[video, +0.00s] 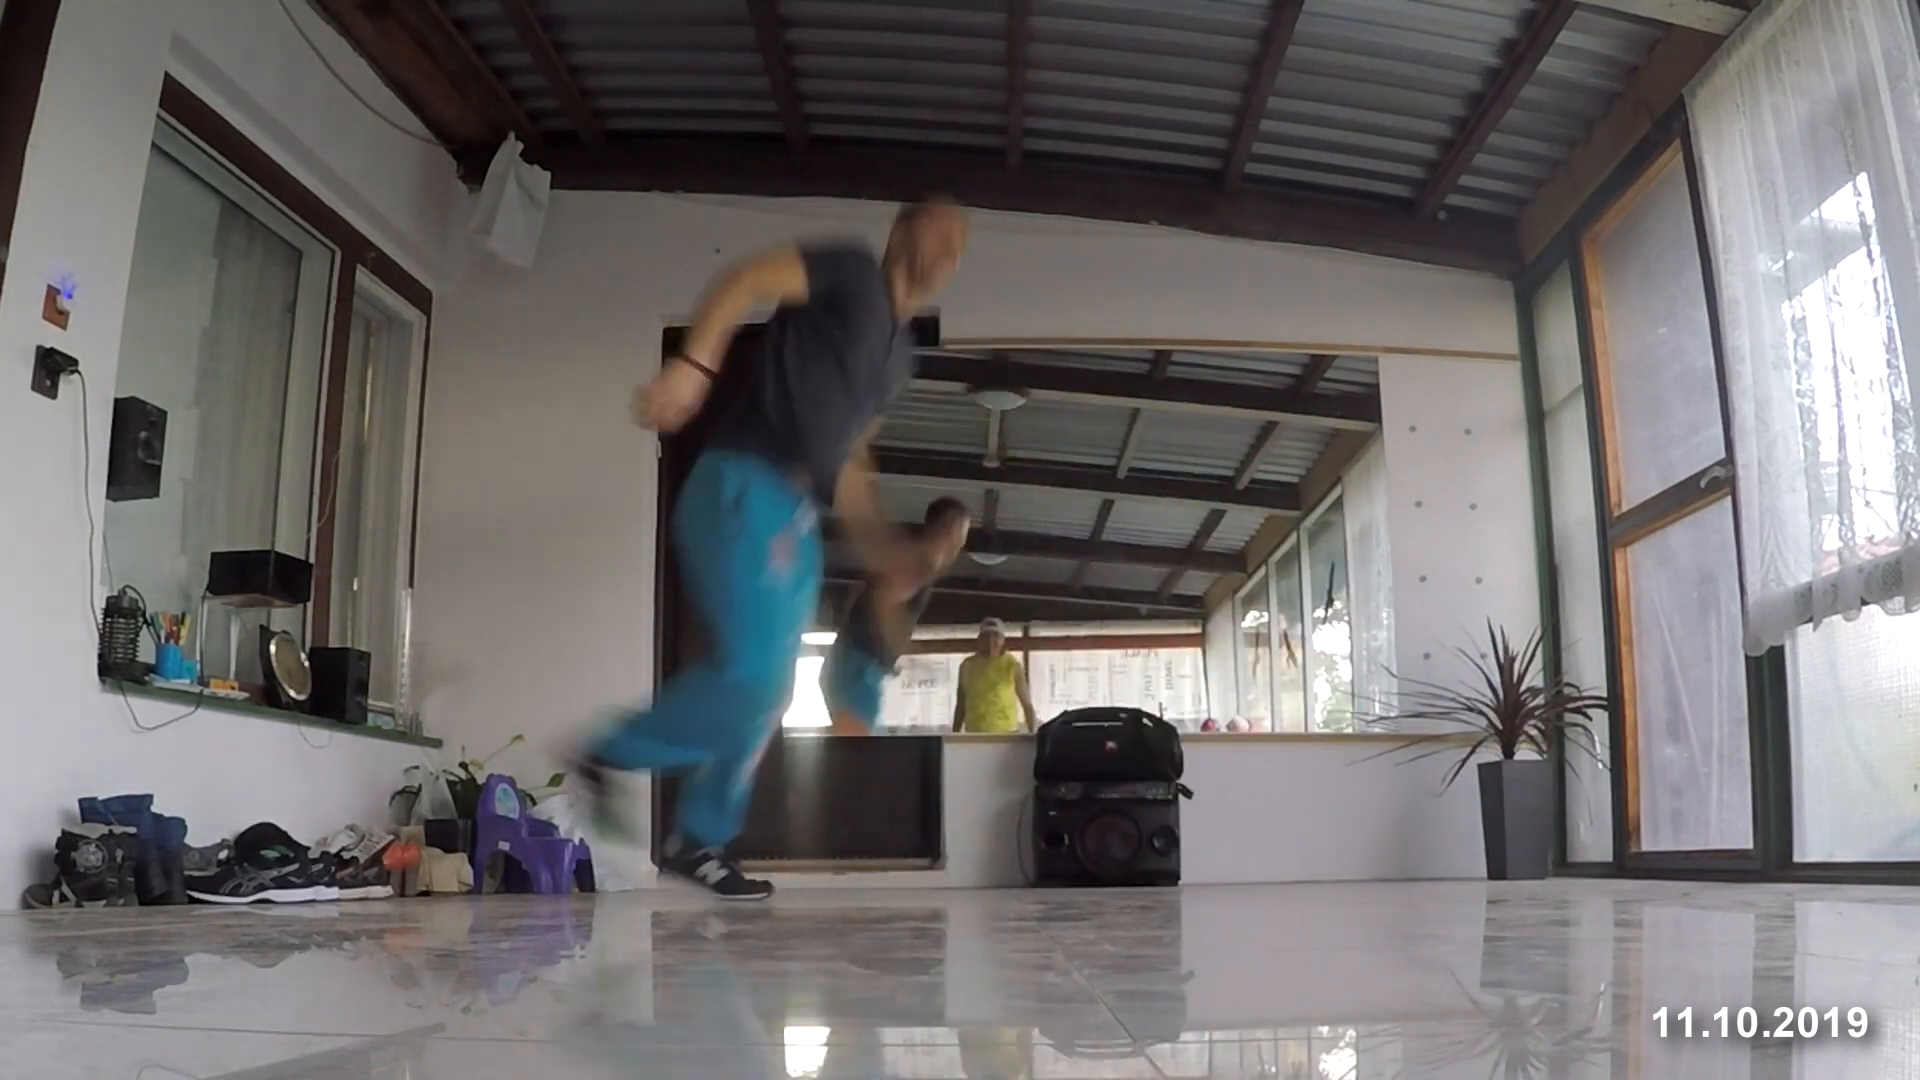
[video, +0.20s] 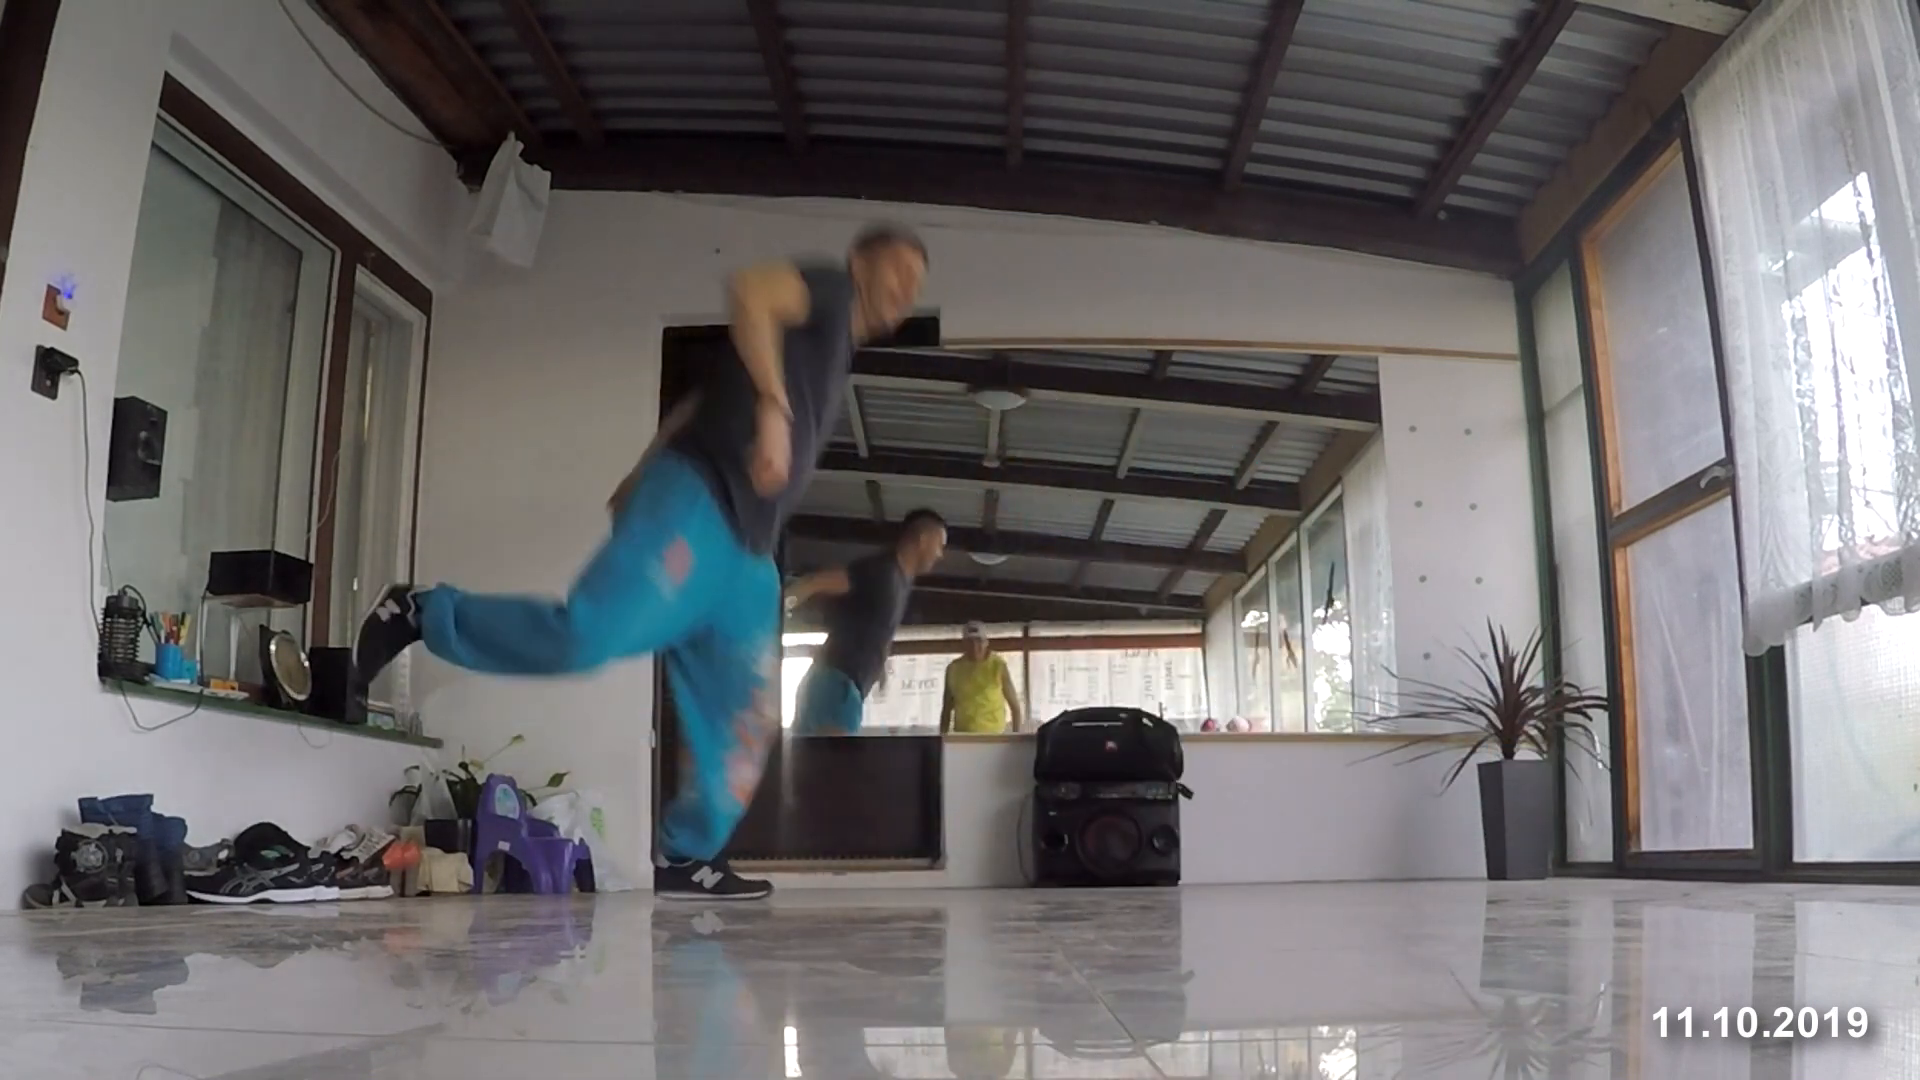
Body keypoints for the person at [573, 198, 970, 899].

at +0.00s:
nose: (949, 260)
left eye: (959, 251)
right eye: (942, 242)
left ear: (956, 262)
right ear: (903, 232)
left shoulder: (895, 353)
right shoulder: (852, 269)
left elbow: (850, 464)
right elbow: (743, 282)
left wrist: (883, 552)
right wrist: (695, 366)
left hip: (795, 511)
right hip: (740, 483)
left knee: (765, 683)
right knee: (751, 674)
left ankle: (698, 844)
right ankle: (606, 756)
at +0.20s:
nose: (907, 292)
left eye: (914, 285)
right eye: (901, 274)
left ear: (904, 296)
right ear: (866, 260)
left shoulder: (833, 342)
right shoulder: (829, 288)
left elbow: (716, 394)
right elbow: (752, 289)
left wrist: (641, 474)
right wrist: (773, 407)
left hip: (748, 550)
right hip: (695, 500)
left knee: (740, 714)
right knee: (582, 640)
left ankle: (688, 859)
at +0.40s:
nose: (879, 200)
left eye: (892, 194)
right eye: (872, 178)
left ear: (893, 205)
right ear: (832, 163)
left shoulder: (836, 295)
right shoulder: (773, 199)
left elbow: (778, 395)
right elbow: (667, 252)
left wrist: (767, 497)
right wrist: (666, 372)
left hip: (740, 482)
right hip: (669, 432)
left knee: (707, 657)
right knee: (597, 584)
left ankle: (619, 822)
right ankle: (482, 755)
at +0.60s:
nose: (807, 181)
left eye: (820, 171)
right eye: (791, 162)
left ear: (827, 187)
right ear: (748, 166)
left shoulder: (826, 305)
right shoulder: (683, 248)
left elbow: (877, 427)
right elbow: (574, 344)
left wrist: (944, 528)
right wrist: (529, 469)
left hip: (727, 518)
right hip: (646, 479)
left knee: (666, 674)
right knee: (679, 642)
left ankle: (521, 839)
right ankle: (651, 852)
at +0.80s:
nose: (843, 62)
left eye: (855, 49)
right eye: (828, 42)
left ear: (865, 63)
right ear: (783, 45)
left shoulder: (873, 175)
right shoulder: (711, 126)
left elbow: (921, 287)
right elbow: (618, 221)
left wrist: (945, 313)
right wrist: (579, 335)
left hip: (794, 417)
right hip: (695, 390)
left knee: (779, 609)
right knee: (661, 588)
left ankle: (685, 791)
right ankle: (617, 804)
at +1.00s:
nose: (888, 33)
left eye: (902, 23)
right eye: (871, 13)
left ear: (909, 43)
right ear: (825, 21)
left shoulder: (922, 148)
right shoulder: (743, 126)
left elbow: (992, 273)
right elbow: (674, 238)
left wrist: (1036, 363)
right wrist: (646, 351)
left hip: (868, 393)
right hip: (747, 388)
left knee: (872, 593)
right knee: (716, 590)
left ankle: (806, 834)